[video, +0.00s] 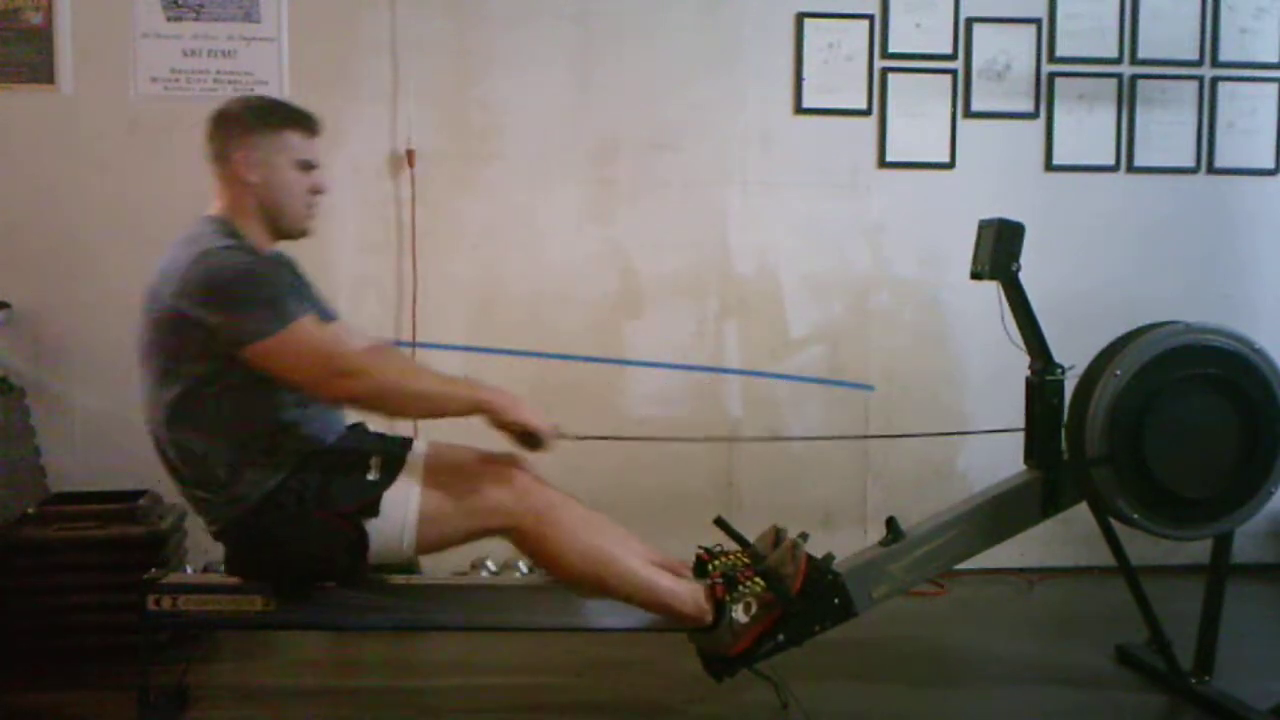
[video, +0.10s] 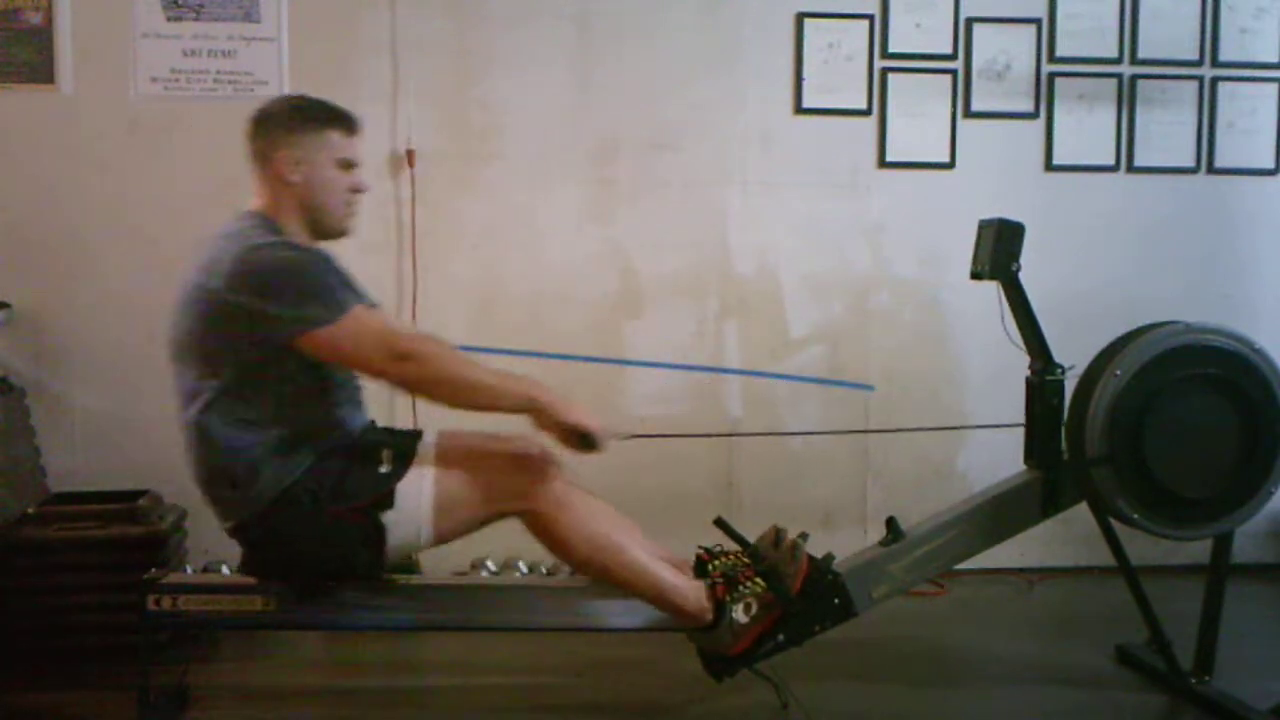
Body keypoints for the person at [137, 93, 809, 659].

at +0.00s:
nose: (320, 186)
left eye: (318, 169)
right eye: (303, 169)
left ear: (252, 174)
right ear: (243, 170)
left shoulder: (260, 264)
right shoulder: (218, 267)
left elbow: (360, 365)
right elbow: (342, 376)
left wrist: (479, 397)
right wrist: (484, 399)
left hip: (314, 479)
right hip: (284, 507)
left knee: (511, 475)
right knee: (509, 489)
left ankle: (703, 584)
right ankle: (705, 613)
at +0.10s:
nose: (358, 184)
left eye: (355, 165)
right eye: (340, 166)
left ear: (288, 173)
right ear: (283, 171)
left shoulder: (280, 256)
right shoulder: (267, 263)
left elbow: (403, 356)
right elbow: (401, 360)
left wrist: (530, 401)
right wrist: (537, 401)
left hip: (323, 483)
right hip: (305, 504)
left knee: (532, 465)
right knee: (531, 473)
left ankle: (705, 587)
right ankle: (708, 615)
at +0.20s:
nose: (404, 184)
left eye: (404, 167)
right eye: (387, 166)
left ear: (329, 176)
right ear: (326, 170)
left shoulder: (299, 251)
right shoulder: (311, 259)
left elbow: (444, 346)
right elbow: (450, 348)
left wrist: (580, 399)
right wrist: (586, 400)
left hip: (333, 484)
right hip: (328, 506)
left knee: (543, 441)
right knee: (548, 453)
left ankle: (697, 595)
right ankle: (707, 611)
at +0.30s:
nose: (447, 187)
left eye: (444, 170)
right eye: (432, 169)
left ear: (376, 174)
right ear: (378, 172)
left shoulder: (337, 254)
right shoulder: (356, 262)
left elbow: (497, 345)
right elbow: (500, 348)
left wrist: (626, 398)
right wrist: (635, 396)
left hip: (353, 492)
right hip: (358, 515)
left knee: (558, 423)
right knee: (567, 437)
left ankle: (695, 588)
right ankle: (708, 608)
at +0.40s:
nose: (492, 189)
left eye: (487, 172)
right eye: (475, 170)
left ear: (423, 178)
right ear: (423, 175)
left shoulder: (378, 257)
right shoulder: (404, 264)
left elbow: (544, 346)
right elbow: (552, 348)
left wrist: (673, 394)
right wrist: (683, 395)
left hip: (378, 507)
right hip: (394, 523)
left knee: (577, 405)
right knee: (593, 423)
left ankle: (699, 582)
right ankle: (711, 608)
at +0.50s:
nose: (537, 191)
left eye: (534, 174)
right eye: (524, 174)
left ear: (469, 181)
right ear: (472, 179)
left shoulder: (423, 257)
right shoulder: (450, 263)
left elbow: (594, 348)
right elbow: (604, 347)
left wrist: (711, 396)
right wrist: (739, 394)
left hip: (407, 513)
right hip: (429, 524)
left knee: (599, 393)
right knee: (615, 407)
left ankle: (703, 585)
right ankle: (713, 608)